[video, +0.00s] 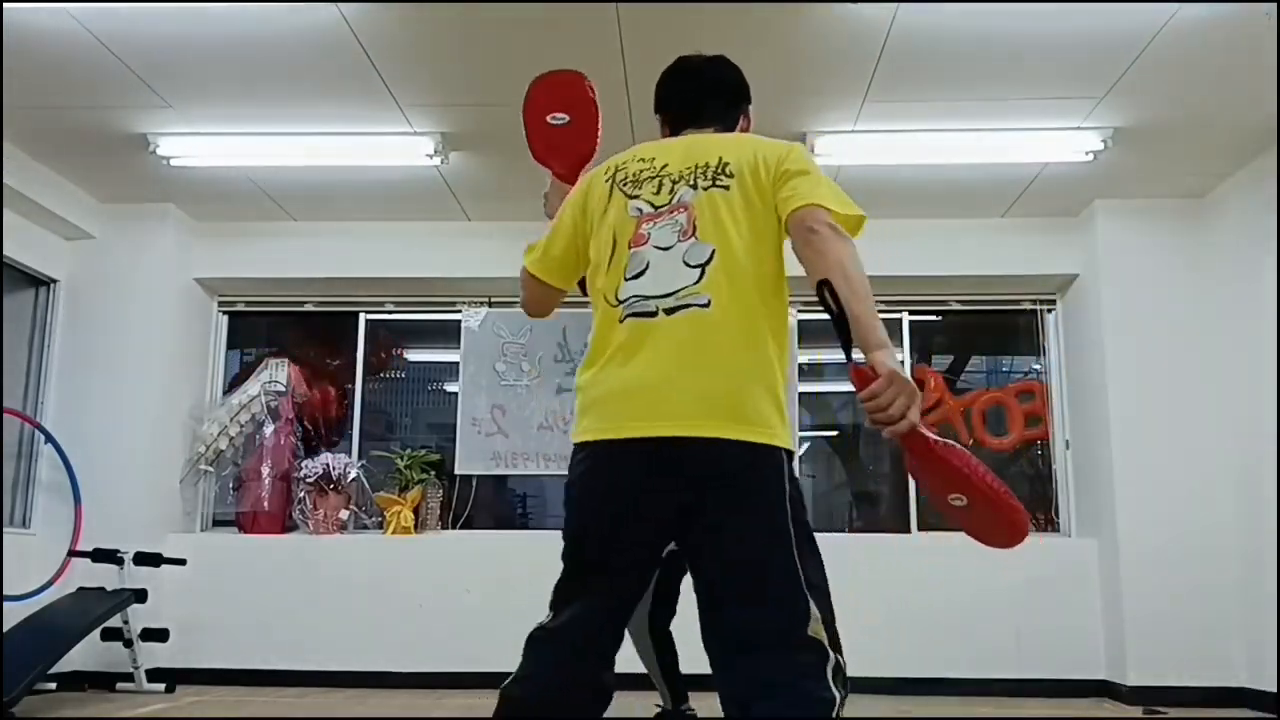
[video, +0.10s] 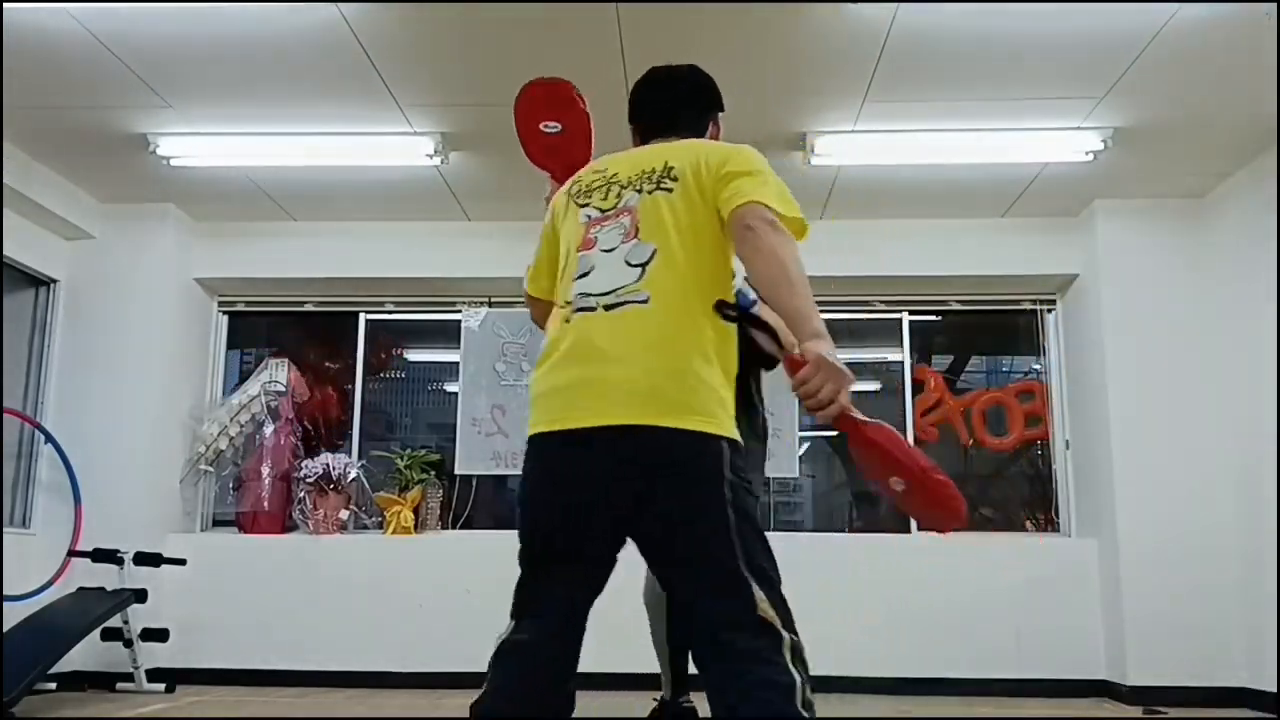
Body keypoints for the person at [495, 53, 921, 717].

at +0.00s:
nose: (751, 129)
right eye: (752, 121)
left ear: (662, 123)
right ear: (745, 120)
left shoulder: (603, 179)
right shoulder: (773, 157)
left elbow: (537, 299)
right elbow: (816, 231)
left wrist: (563, 217)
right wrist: (877, 349)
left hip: (614, 444)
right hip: (740, 442)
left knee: (577, 627)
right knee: (771, 647)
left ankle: (531, 708)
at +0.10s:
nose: (723, 133)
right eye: (722, 126)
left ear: (632, 127)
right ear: (711, 125)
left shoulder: (574, 189)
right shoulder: (723, 158)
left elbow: (543, 308)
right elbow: (754, 226)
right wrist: (814, 339)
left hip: (563, 433)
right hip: (680, 427)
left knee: (541, 620)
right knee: (737, 626)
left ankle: (504, 710)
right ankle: (770, 708)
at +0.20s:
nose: (676, 142)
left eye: (673, 137)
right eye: (674, 135)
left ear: (587, 138)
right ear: (664, 135)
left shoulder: (545, 190)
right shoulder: (669, 161)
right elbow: (692, 225)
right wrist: (748, 339)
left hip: (506, 412)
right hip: (609, 410)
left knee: (514, 624)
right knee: (661, 621)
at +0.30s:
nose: (637, 146)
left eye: (636, 141)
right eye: (636, 139)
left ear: (550, 144)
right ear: (624, 136)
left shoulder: (498, 203)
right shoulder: (631, 162)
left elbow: (501, 317)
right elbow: (651, 231)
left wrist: (621, 342)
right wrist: (709, 351)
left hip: (473, 419)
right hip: (572, 412)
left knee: (501, 628)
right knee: (633, 624)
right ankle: (583, 707)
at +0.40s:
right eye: (579, 154)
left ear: (498, 169)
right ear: (575, 155)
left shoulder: (447, 219)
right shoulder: (600, 176)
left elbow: (409, 321)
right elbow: (633, 231)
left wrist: (456, 384)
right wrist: (682, 359)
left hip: (446, 416)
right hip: (547, 402)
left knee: (483, 625)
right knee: (541, 630)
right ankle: (417, 709)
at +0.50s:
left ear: (445, 202)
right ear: (525, 188)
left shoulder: (407, 235)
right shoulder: (570, 207)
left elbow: (365, 322)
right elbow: (634, 256)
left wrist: (409, 403)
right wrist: (681, 377)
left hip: (407, 433)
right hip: (515, 423)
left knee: (474, 643)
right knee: (438, 645)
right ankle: (319, 711)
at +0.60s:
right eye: (509, 187)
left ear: (420, 195)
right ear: (500, 182)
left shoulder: (366, 241)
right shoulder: (529, 206)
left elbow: (316, 349)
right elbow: (599, 284)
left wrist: (373, 422)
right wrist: (658, 410)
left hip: (355, 449)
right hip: (461, 436)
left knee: (450, 654)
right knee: (402, 665)